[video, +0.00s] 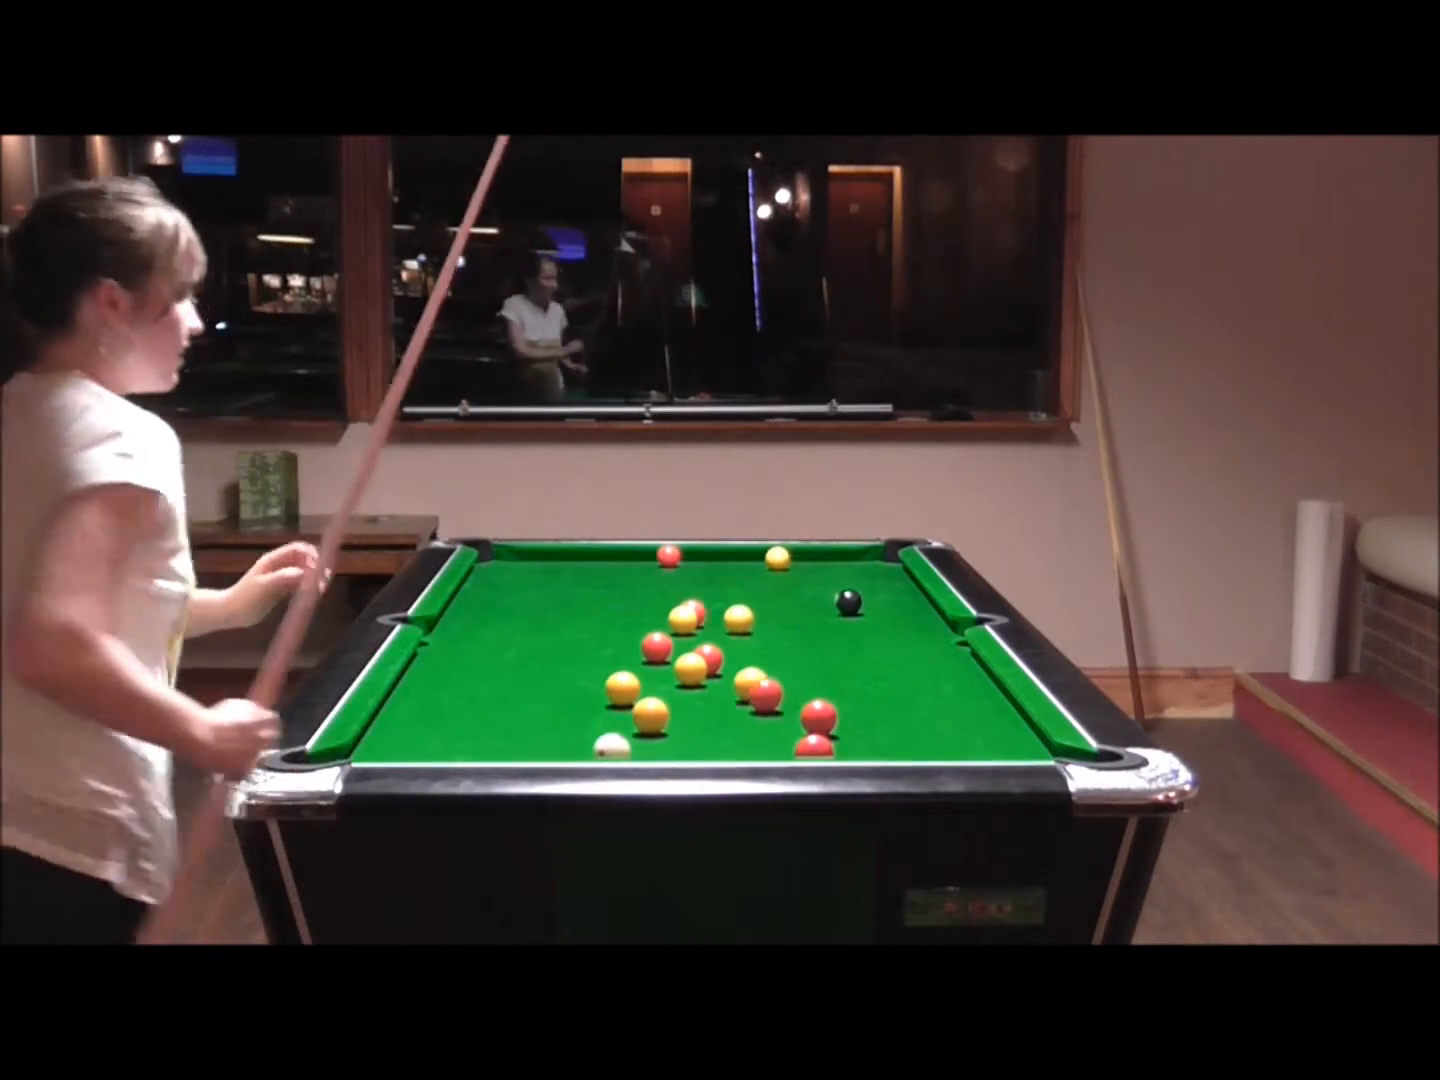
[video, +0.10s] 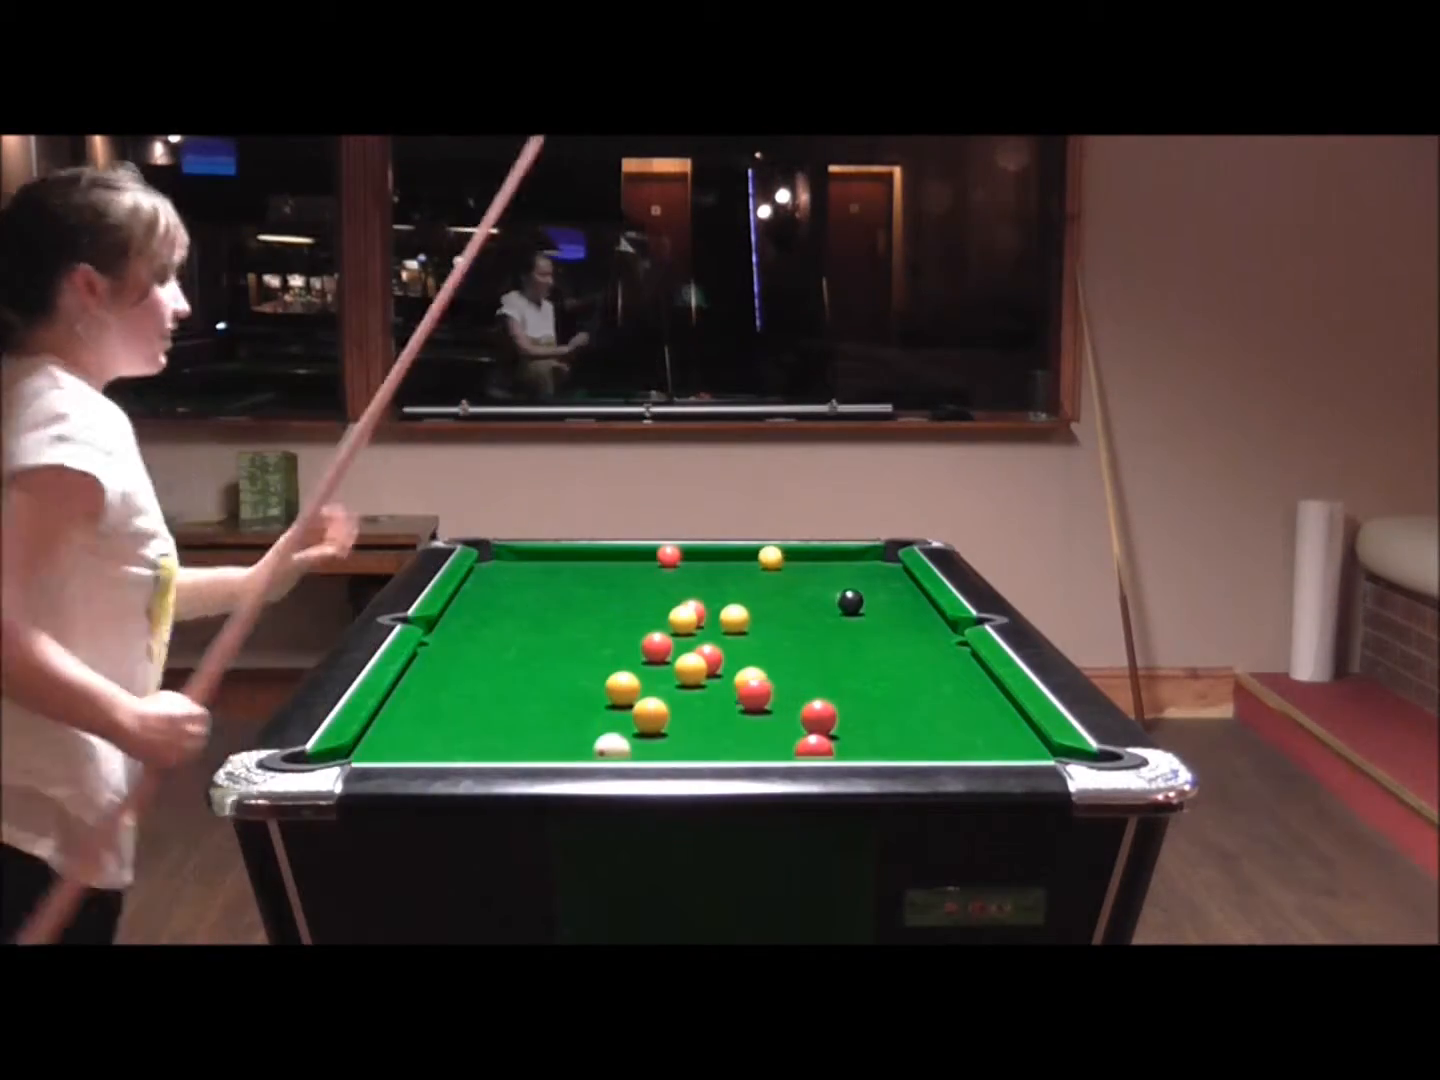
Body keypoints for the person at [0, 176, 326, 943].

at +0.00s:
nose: (195, 322)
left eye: (191, 299)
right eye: (180, 298)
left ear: (104, 307)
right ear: (110, 303)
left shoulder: (21, 408)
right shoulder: (123, 436)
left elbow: (94, 602)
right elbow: (51, 638)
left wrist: (229, 607)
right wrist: (199, 731)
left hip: (13, 831)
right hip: (73, 854)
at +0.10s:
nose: (181, 306)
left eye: (175, 280)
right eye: (161, 281)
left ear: (89, 290)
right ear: (88, 288)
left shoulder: (45, 401)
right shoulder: (65, 422)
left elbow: (107, 589)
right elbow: (9, 630)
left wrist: (260, 578)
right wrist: (129, 717)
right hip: (50, 837)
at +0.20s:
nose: (165, 295)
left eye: (159, 269)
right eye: (143, 270)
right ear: (61, 284)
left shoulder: (87, 404)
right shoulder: (17, 416)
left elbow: (178, 552)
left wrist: (304, 536)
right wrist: (26, 693)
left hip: (52, 809)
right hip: (15, 825)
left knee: (48, 932)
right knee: (41, 934)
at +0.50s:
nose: (156, 330)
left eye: (155, 305)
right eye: (131, 308)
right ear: (45, 318)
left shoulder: (140, 424)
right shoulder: (4, 412)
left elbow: (242, 558)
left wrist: (332, 569)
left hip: (30, 746)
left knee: (54, 934)